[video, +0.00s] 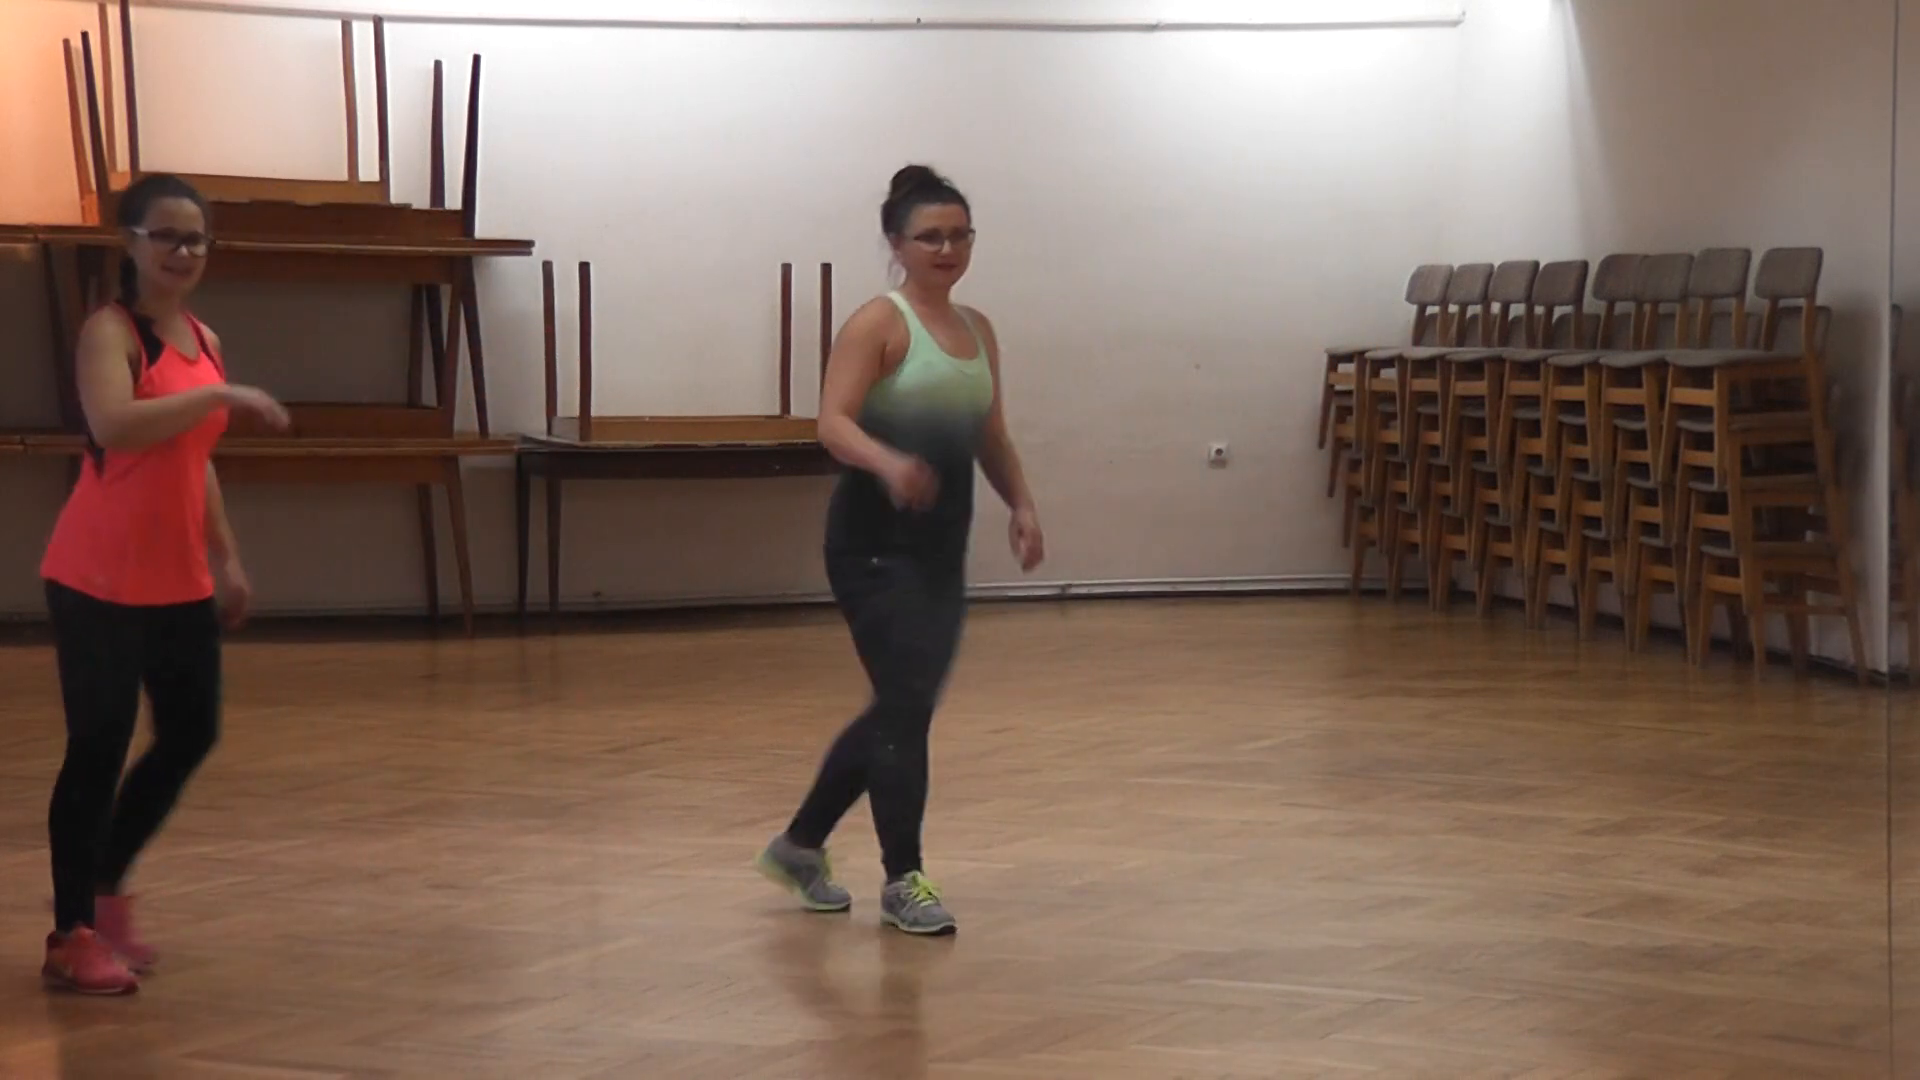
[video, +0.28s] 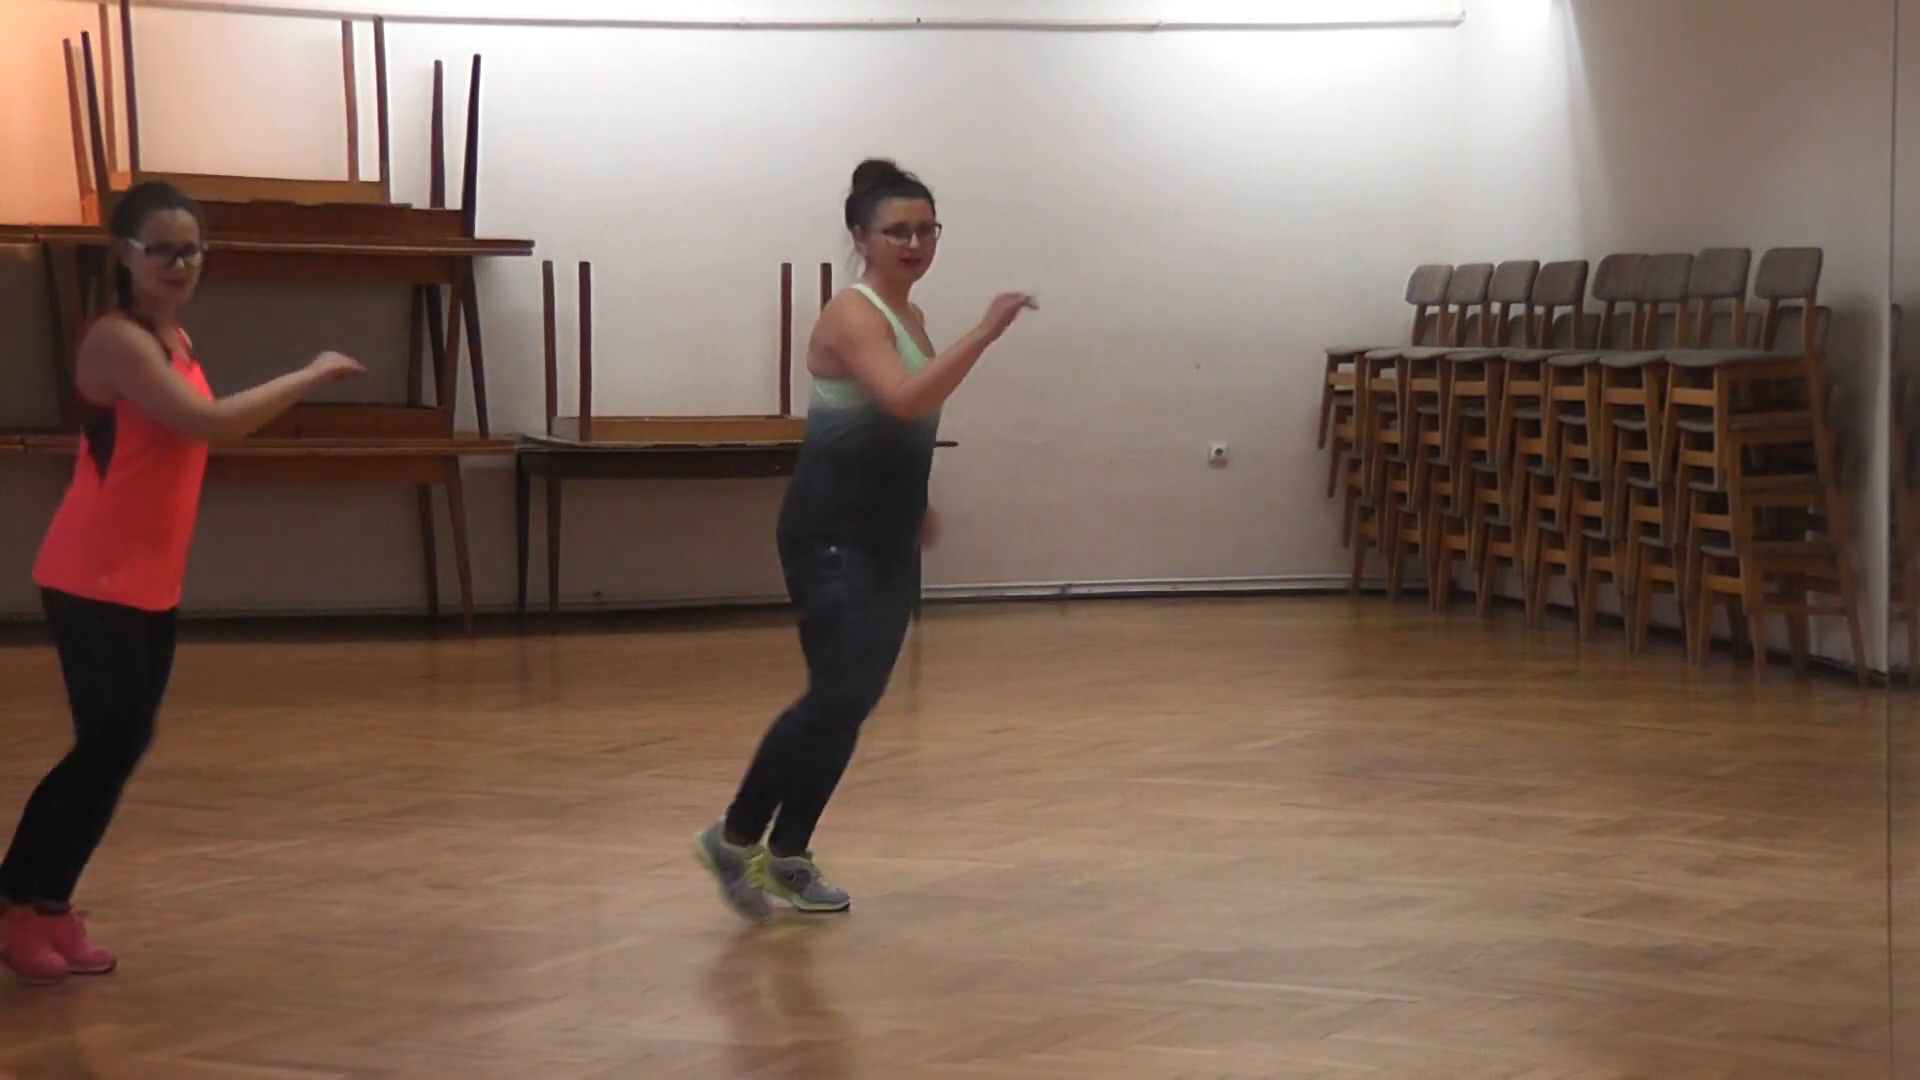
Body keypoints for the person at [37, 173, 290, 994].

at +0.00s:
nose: (182, 252)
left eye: (194, 240)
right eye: (166, 237)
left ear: (208, 250)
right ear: (130, 241)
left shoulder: (200, 338)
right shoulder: (108, 328)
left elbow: (195, 460)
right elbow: (111, 424)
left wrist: (226, 553)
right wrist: (222, 396)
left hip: (178, 577)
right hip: (98, 576)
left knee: (190, 732)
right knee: (97, 744)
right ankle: (72, 932)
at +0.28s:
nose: (179, 265)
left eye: (191, 251)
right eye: (162, 251)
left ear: (202, 255)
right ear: (122, 254)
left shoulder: (173, 342)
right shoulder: (114, 341)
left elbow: (164, 453)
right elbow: (213, 422)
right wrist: (307, 377)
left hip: (147, 583)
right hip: (92, 581)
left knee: (123, 739)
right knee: (110, 739)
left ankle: (51, 906)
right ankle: (18, 904)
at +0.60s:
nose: (244, 299)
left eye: (253, 285)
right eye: (226, 286)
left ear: (260, 289)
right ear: (185, 291)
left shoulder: (182, 376)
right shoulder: (209, 380)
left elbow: (115, 479)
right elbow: (316, 463)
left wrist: (71, 561)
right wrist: (427, 523)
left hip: (194, 617)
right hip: (147, 614)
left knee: (266, 739)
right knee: (71, 764)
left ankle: (244, 927)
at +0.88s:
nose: (349, 258)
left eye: (356, 243)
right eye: (330, 247)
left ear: (364, 250)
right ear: (289, 260)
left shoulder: (338, 341)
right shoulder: (295, 351)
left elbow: (313, 466)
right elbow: (243, 463)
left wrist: (358, 538)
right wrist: (213, 575)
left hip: (302, 580)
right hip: (291, 583)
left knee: (274, 743)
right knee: (379, 713)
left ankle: (245, 923)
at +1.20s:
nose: (475, 265)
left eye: (482, 250)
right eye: (455, 256)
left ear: (494, 257)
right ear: (420, 273)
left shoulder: (495, 349)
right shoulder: (421, 360)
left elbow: (501, 472)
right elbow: (373, 472)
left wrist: (572, 529)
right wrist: (343, 569)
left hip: (491, 582)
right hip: (438, 584)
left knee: (504, 742)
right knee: (502, 740)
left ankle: (366, 848)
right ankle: (504, 923)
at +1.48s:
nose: (588, 260)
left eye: (596, 247)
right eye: (569, 250)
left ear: (611, 257)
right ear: (533, 265)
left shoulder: (635, 357)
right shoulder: (514, 358)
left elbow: (658, 465)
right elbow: (487, 469)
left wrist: (694, 554)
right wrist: (605, 449)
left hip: (617, 586)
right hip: (531, 587)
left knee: (669, 730)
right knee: (545, 737)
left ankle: (699, 900)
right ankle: (506, 923)